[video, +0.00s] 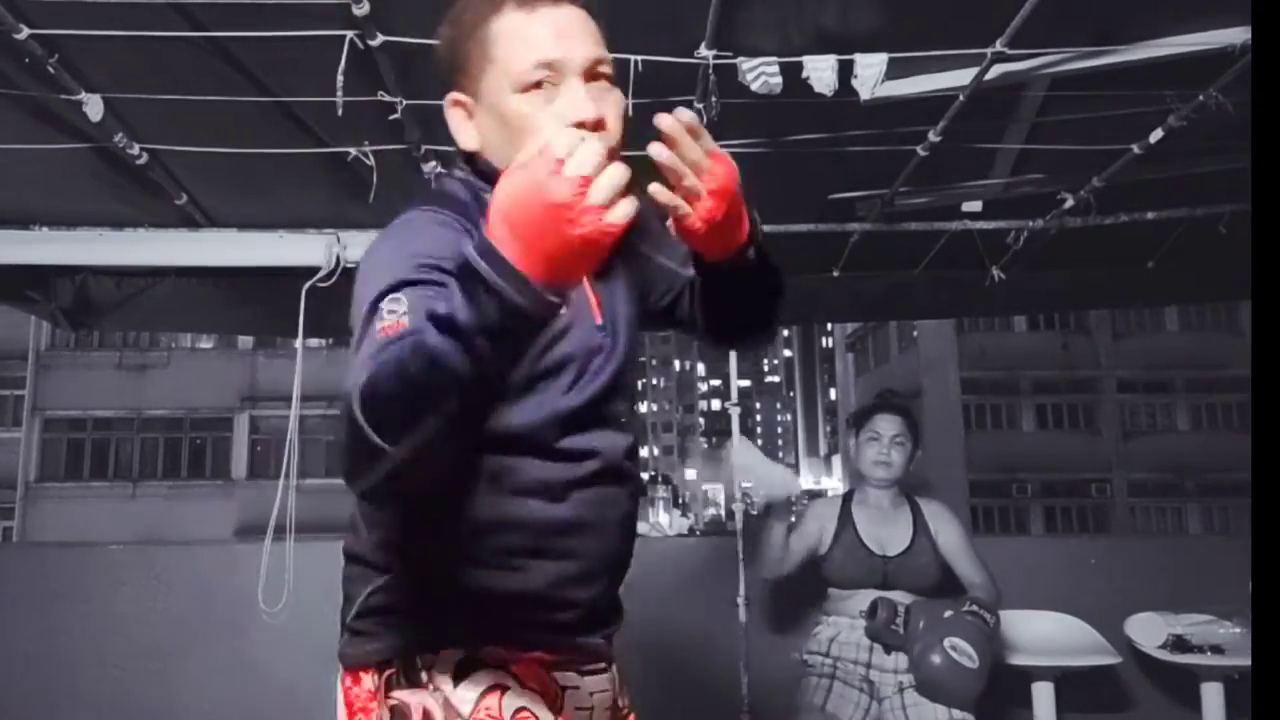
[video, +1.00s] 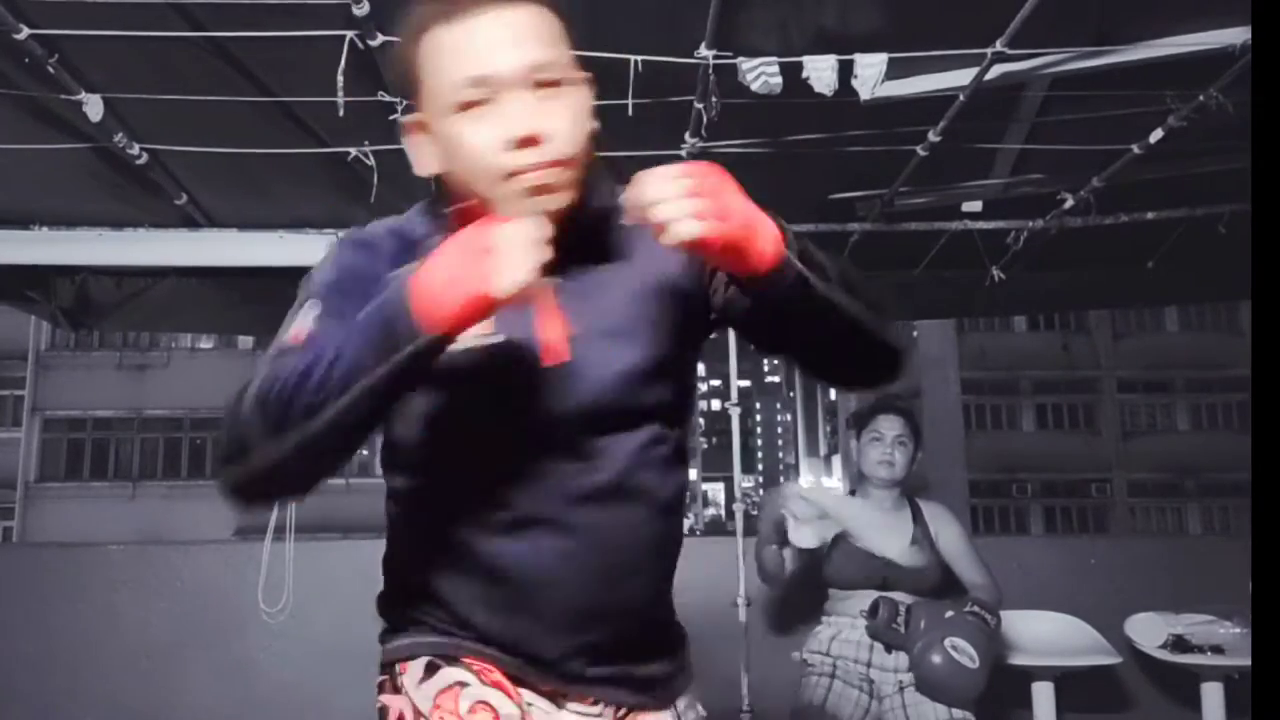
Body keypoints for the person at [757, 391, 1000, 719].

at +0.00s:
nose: (884, 451)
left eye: (897, 443)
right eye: (873, 439)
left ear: (912, 457)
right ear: (852, 448)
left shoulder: (934, 516)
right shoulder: (823, 514)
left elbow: (983, 588)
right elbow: (772, 573)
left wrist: (974, 616)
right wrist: (776, 514)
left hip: (921, 670)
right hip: (839, 666)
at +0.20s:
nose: (884, 451)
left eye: (898, 443)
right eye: (873, 439)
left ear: (913, 457)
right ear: (853, 447)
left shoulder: (934, 515)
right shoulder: (828, 513)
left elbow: (983, 587)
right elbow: (794, 579)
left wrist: (972, 616)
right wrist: (782, 504)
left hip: (921, 667)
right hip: (841, 664)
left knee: (937, 715)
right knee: (829, 712)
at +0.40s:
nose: (887, 451)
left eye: (900, 443)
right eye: (875, 440)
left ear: (914, 457)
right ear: (855, 450)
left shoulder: (934, 517)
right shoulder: (830, 509)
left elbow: (984, 588)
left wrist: (975, 610)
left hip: (921, 664)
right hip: (839, 661)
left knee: (939, 714)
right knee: (821, 710)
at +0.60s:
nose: (886, 452)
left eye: (899, 444)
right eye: (875, 439)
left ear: (914, 458)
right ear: (854, 447)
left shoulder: (935, 518)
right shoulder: (826, 514)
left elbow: (983, 587)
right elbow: (789, 579)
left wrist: (977, 615)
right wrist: (781, 507)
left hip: (920, 668)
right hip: (841, 665)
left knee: (937, 715)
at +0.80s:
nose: (887, 450)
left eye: (900, 443)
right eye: (875, 439)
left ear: (914, 457)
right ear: (856, 449)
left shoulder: (935, 517)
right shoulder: (825, 509)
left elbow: (985, 589)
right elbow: (773, 579)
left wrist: (975, 620)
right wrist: (769, 521)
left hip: (920, 666)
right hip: (839, 661)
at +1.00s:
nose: (887, 451)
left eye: (900, 443)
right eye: (875, 440)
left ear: (914, 458)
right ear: (855, 449)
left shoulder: (933, 517)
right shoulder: (830, 512)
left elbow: (985, 588)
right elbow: (775, 577)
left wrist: (977, 617)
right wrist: (771, 522)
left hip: (922, 666)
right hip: (841, 662)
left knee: (937, 716)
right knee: (826, 713)